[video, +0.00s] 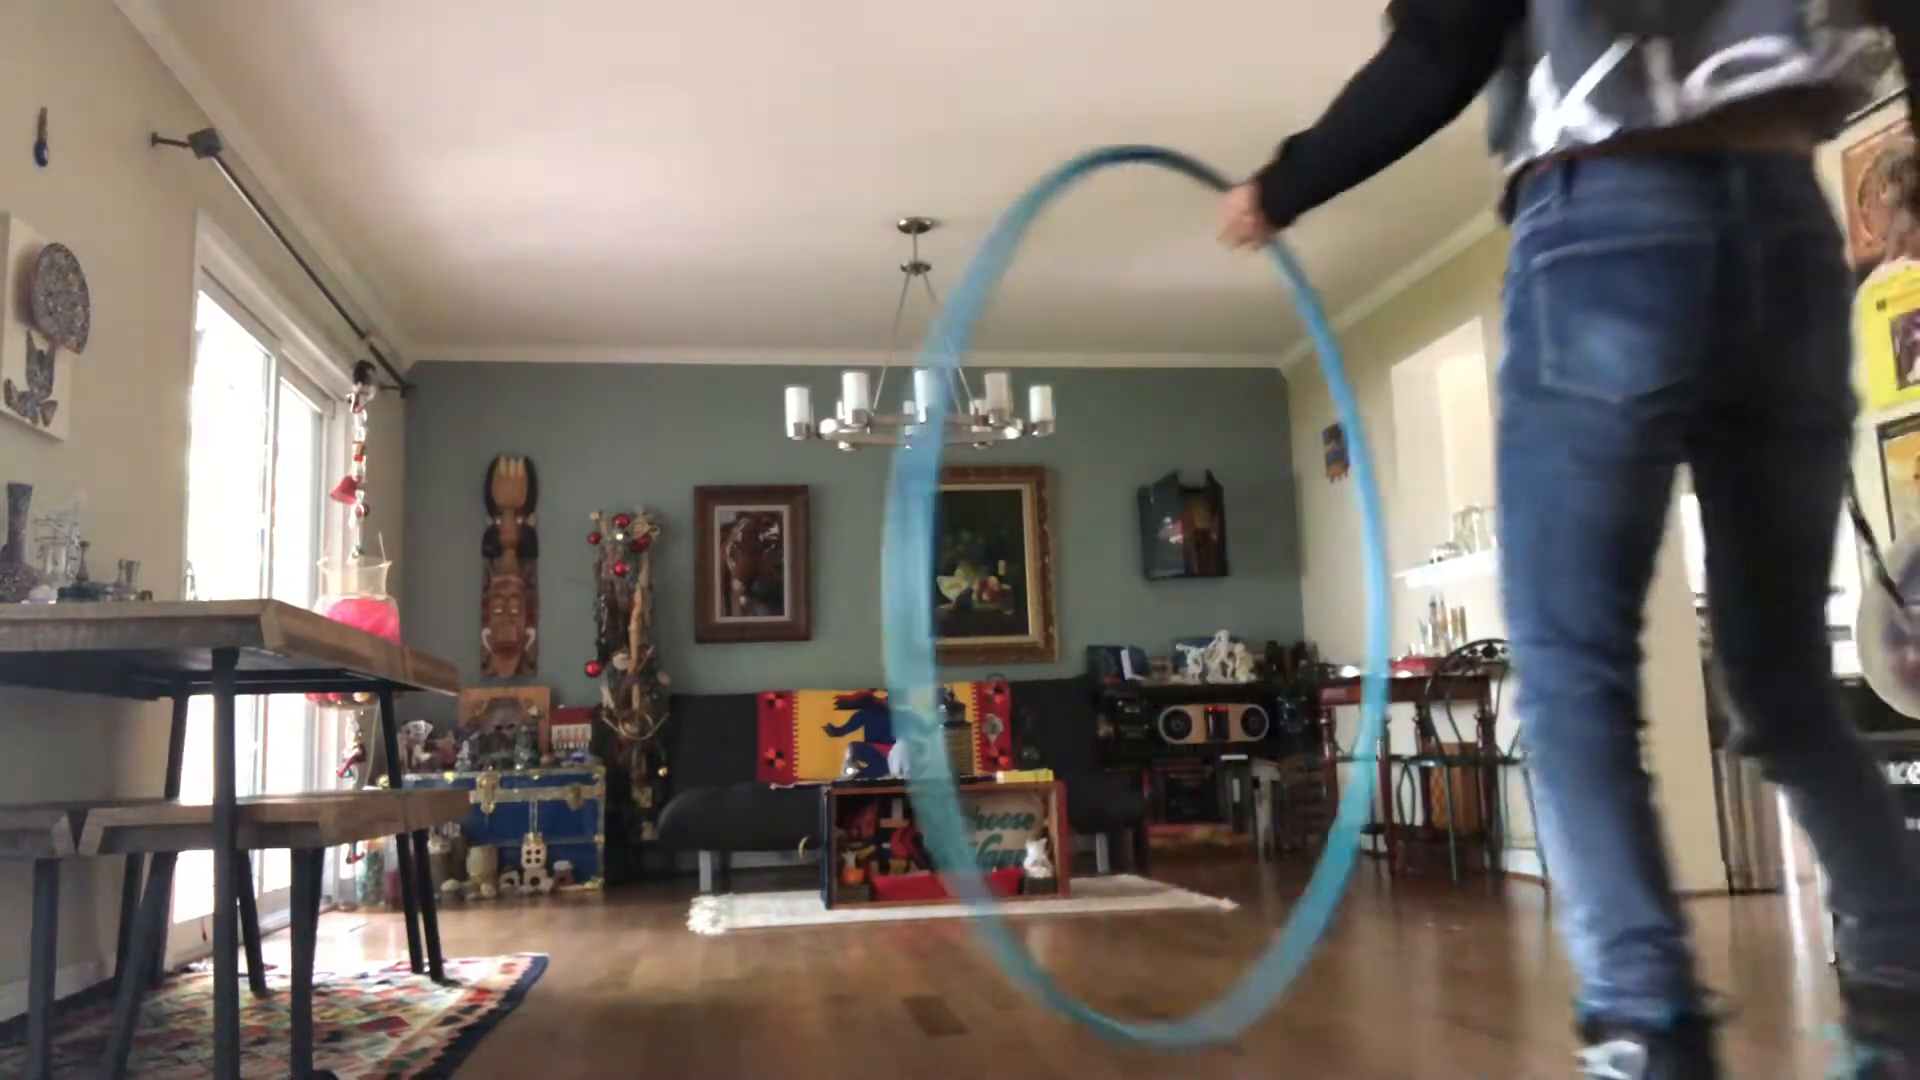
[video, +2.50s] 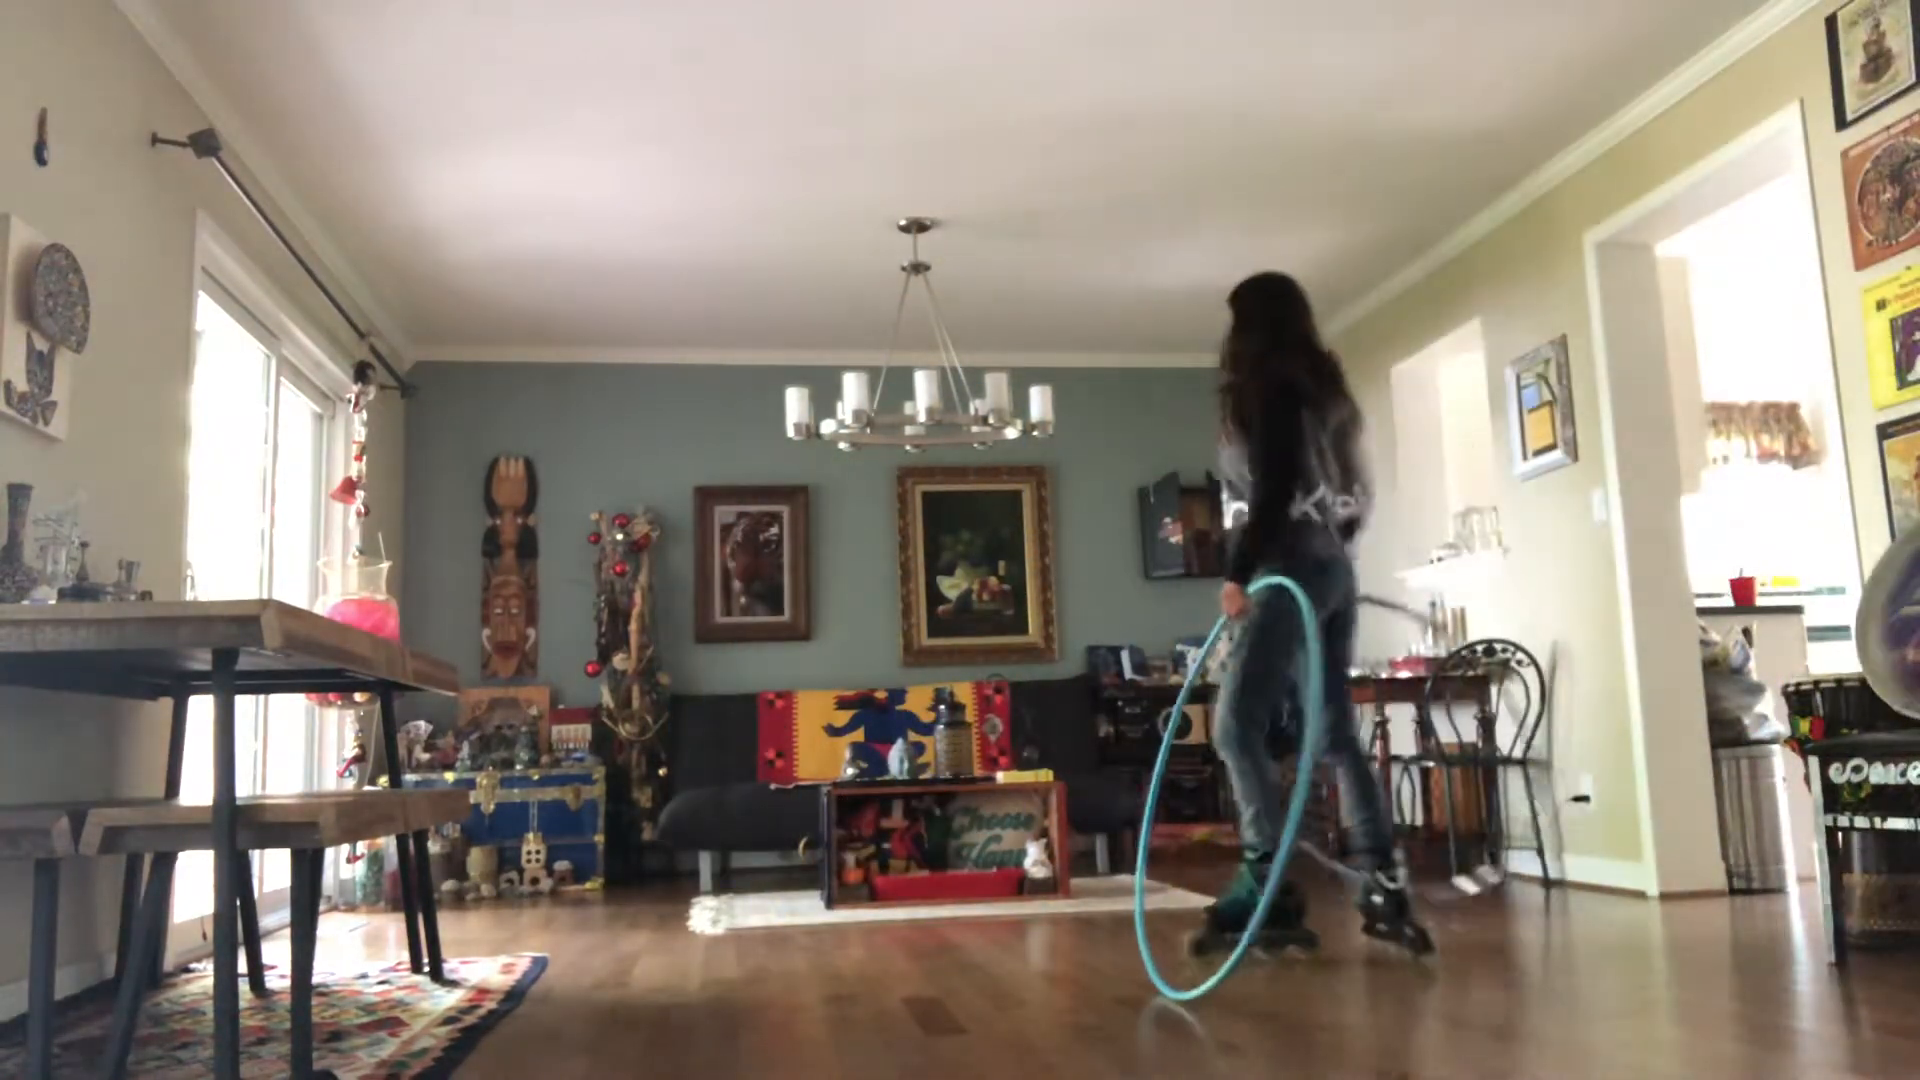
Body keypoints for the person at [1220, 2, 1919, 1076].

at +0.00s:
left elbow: (1444, 43)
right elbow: (1875, 31)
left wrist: (1280, 185)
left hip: (1608, 210)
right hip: (1791, 209)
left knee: (1573, 668)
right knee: (1786, 677)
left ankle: (1648, 1033)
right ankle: (1900, 1010)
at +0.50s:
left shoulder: (1462, 58)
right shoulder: (1687, 31)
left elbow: (1355, 223)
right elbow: (1800, 176)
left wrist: (1210, 349)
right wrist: (1874, 318)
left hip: (1530, 365)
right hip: (1679, 360)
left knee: (1495, 697)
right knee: (1674, 700)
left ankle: (1454, 1004)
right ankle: (1753, 991)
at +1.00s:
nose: (1402, 94)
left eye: (1410, 76)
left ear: (1416, 85)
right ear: (1520, 79)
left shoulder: (1389, 187)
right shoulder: (1578, 184)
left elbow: (1340, 338)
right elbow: (1642, 328)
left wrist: (1271, 465)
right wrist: (1696, 458)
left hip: (1429, 442)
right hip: (1551, 442)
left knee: (1401, 704)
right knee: (1559, 703)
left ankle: (1375, 951)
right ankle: (1615, 951)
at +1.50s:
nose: (1316, 202)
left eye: (1324, 184)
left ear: (1335, 190)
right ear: (1418, 189)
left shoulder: (1329, 274)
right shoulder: (1464, 278)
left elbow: (1318, 403)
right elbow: (1505, 410)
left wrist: (1274, 530)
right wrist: (1531, 525)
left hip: (1351, 502)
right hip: (1443, 500)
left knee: (1326, 712)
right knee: (1469, 718)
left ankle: (1319, 921)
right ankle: (1537, 919)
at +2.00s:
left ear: (1284, 273)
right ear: (1364, 267)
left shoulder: (1264, 346)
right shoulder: (1400, 337)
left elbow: (1229, 456)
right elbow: (1447, 445)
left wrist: (1200, 557)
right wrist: (1490, 544)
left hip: (1289, 531)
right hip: (1383, 529)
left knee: (1283, 717)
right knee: (1405, 719)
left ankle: (1266, 894)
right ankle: (1460, 893)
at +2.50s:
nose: (1231, 334)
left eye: (1236, 321)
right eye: (1234, 321)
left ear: (1250, 322)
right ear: (1299, 319)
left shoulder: (1266, 378)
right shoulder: (1326, 379)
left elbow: (1274, 478)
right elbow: (1357, 491)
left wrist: (1238, 572)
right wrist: (1328, 551)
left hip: (1290, 561)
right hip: (1332, 561)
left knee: (1237, 729)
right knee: (1336, 735)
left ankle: (1268, 887)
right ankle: (1384, 887)